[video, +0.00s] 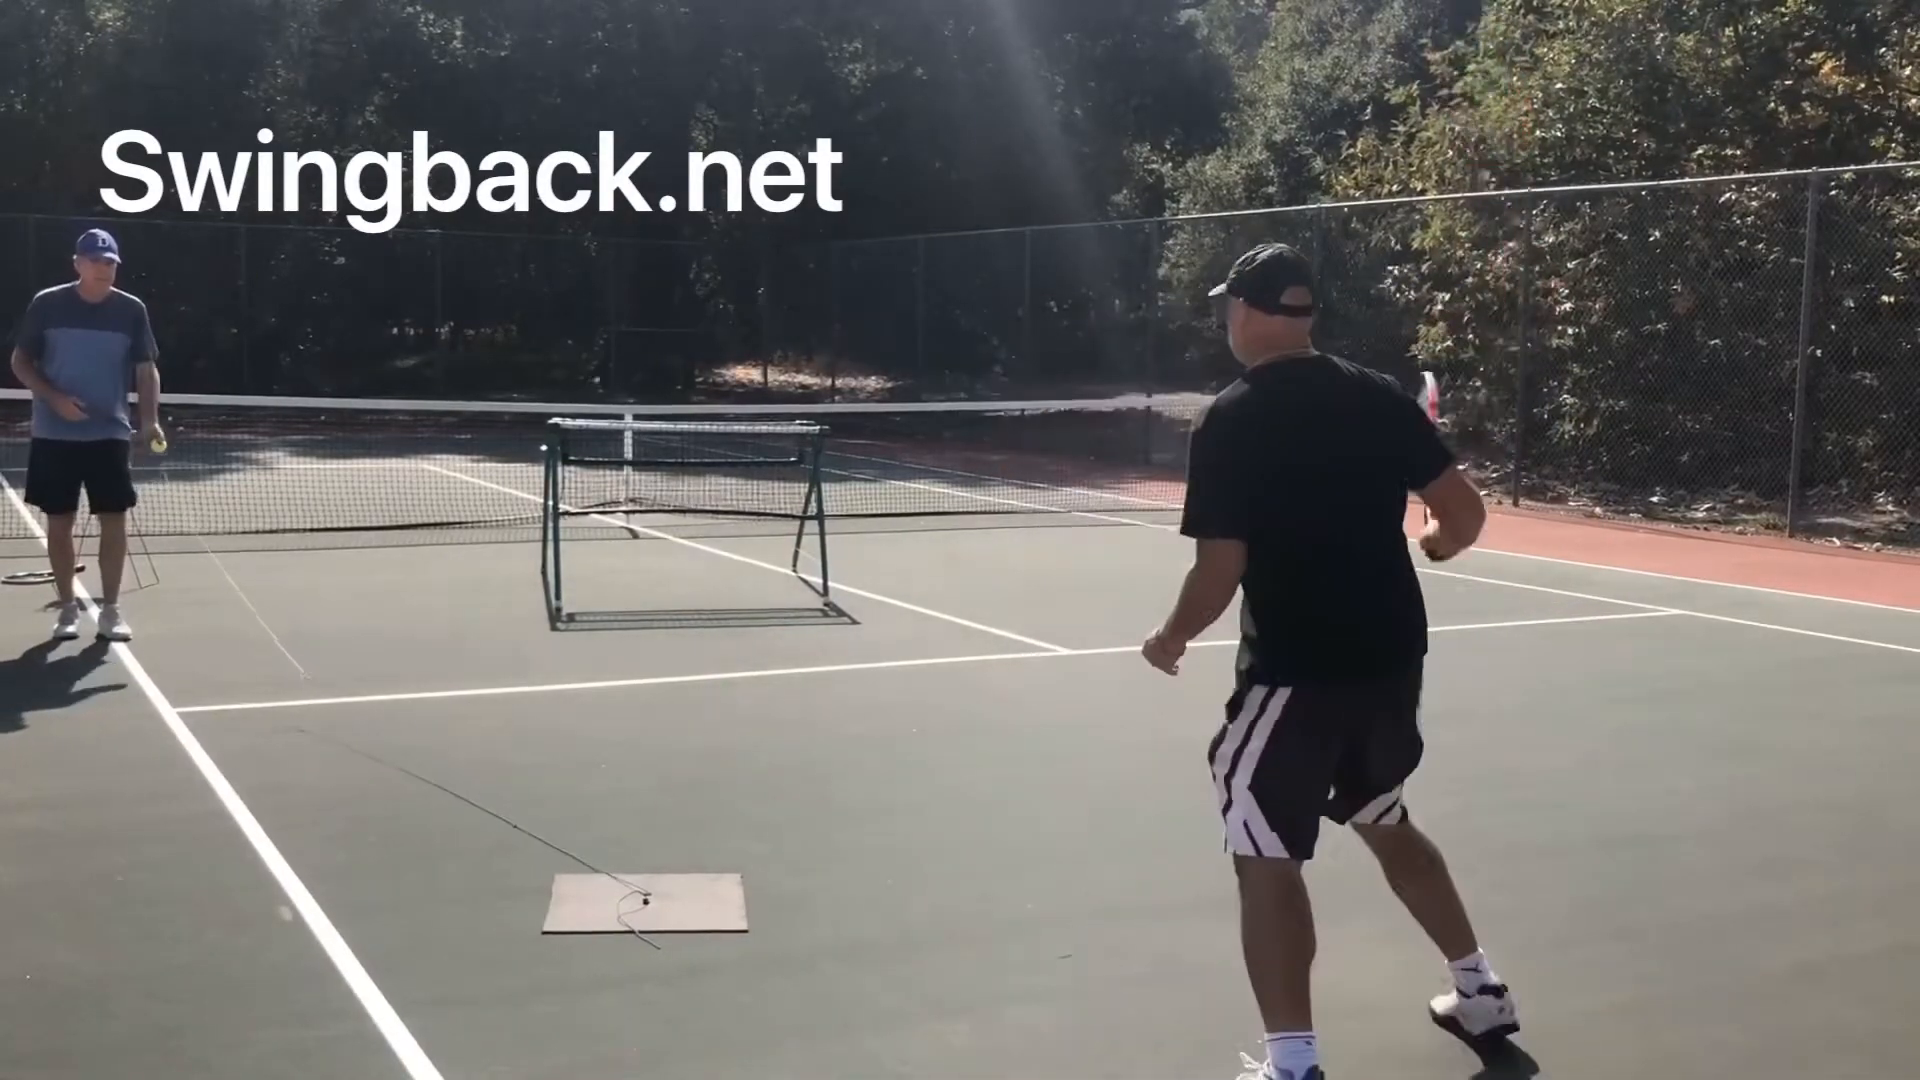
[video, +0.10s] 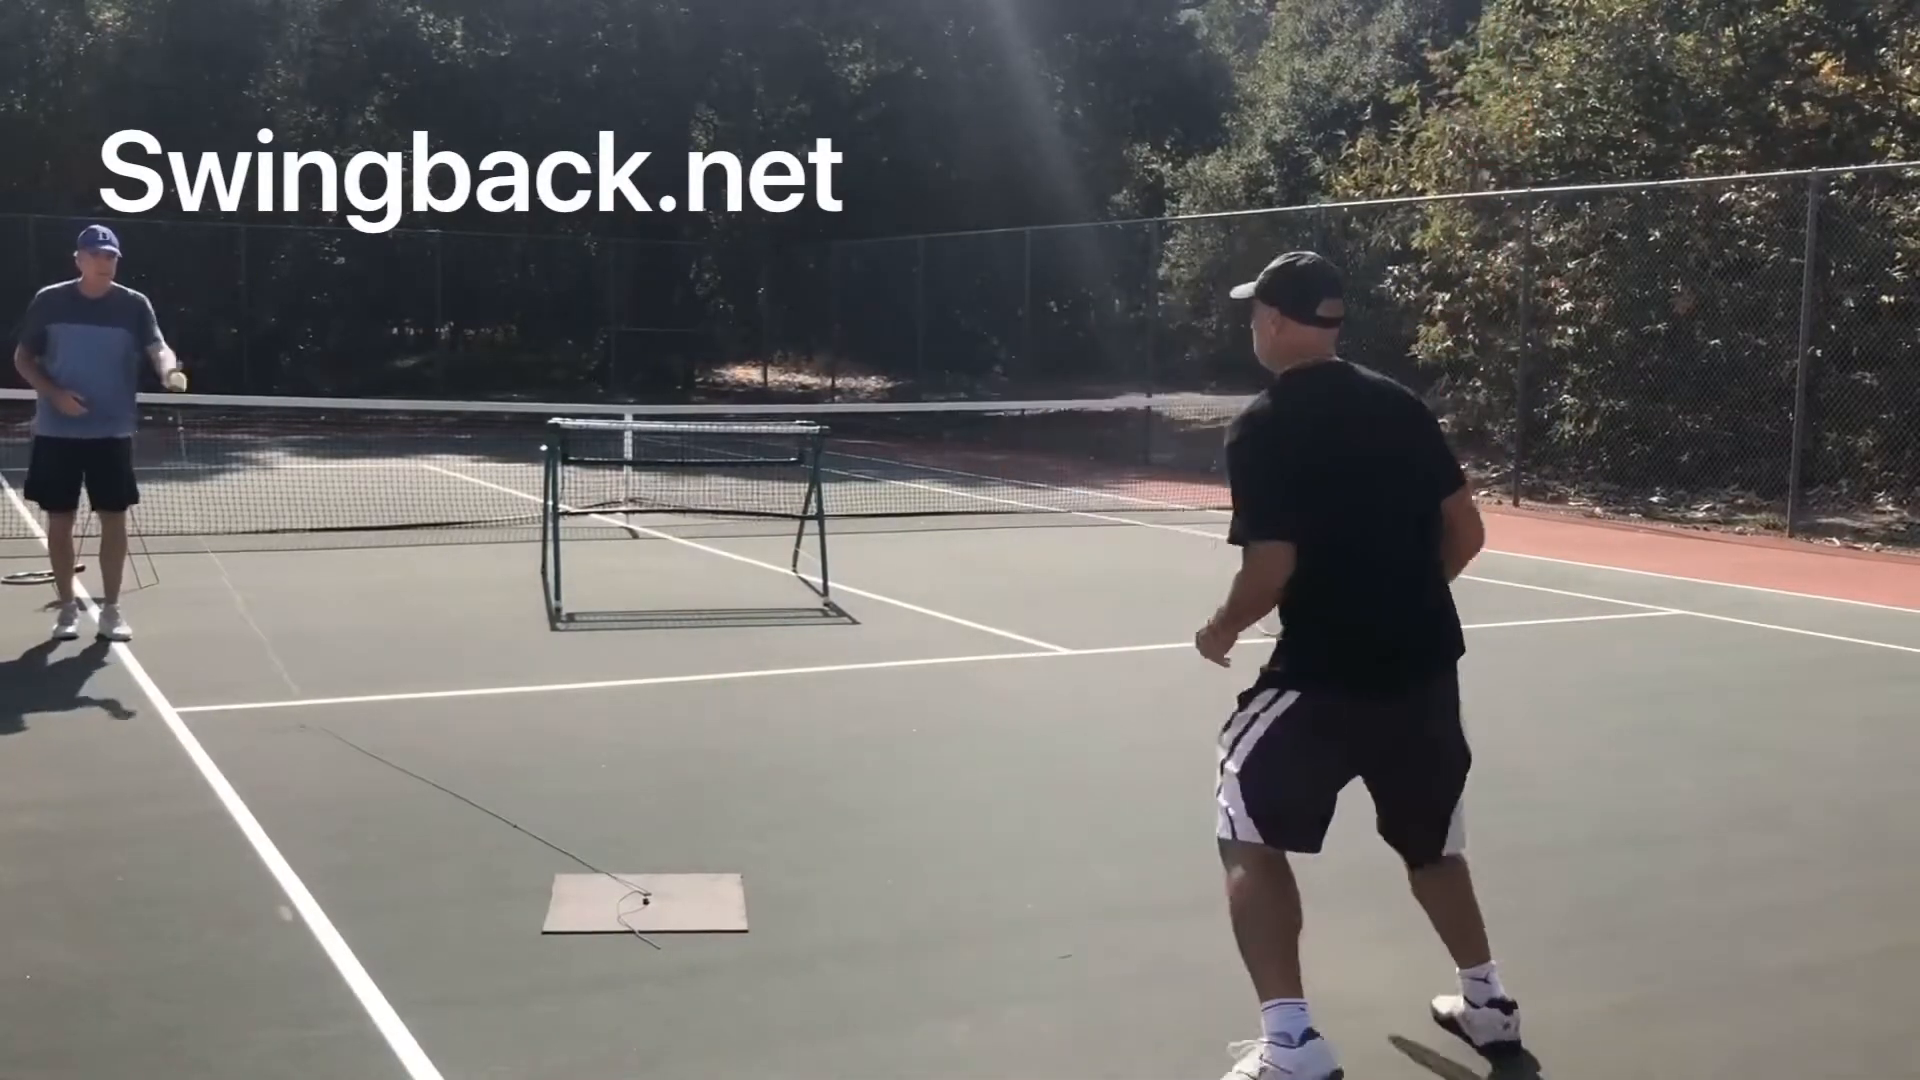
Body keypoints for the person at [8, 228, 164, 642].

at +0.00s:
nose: (103, 271)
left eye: (109, 263)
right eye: (96, 262)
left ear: (118, 267)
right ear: (77, 263)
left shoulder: (132, 310)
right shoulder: (47, 304)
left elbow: (147, 368)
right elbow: (20, 361)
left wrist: (149, 421)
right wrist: (54, 397)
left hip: (109, 437)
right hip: (55, 438)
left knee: (114, 520)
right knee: (59, 522)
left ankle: (110, 609)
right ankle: (67, 607)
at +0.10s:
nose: (103, 263)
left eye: (109, 256)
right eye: (95, 256)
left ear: (117, 260)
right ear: (79, 258)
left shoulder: (135, 304)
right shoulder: (49, 301)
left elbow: (158, 348)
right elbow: (23, 357)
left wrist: (169, 369)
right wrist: (54, 393)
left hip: (112, 435)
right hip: (58, 435)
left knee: (114, 520)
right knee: (60, 520)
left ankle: (110, 609)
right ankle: (68, 607)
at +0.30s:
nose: (108, 248)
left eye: (115, 241)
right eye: (101, 240)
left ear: (123, 249)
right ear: (84, 247)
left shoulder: (135, 288)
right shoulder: (55, 292)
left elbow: (154, 305)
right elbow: (29, 351)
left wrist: (168, 304)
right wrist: (55, 384)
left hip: (113, 423)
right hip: (60, 424)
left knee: (115, 513)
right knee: (60, 513)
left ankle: (113, 608)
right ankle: (65, 605)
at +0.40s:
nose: (109, 251)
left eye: (115, 244)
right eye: (102, 243)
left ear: (124, 252)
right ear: (85, 248)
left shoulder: (135, 289)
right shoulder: (57, 292)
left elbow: (158, 311)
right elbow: (30, 350)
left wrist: (148, 304)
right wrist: (55, 384)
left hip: (112, 423)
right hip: (60, 425)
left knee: (117, 513)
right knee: (58, 513)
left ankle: (114, 607)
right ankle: (61, 604)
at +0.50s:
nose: (114, 254)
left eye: (118, 247)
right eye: (105, 246)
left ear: (126, 254)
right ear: (86, 251)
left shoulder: (137, 293)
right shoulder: (56, 294)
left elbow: (152, 318)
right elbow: (28, 353)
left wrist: (135, 317)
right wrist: (52, 385)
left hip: (114, 426)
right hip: (60, 427)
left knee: (117, 516)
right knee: (54, 514)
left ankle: (113, 608)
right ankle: (48, 606)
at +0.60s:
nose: (108, 256)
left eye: (114, 249)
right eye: (101, 248)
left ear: (122, 256)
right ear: (83, 253)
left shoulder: (134, 297)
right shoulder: (52, 296)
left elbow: (149, 332)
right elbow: (24, 353)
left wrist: (132, 339)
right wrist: (47, 387)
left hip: (112, 430)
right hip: (56, 429)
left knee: (115, 519)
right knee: (48, 516)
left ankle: (112, 610)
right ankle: (34, 608)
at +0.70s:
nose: (103, 260)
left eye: (109, 253)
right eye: (96, 252)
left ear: (115, 258)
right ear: (76, 255)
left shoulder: (130, 301)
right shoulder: (45, 297)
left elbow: (144, 346)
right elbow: (18, 354)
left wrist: (134, 370)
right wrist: (42, 389)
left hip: (107, 432)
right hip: (51, 431)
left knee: (113, 519)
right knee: (40, 517)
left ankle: (112, 609)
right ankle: (19, 609)